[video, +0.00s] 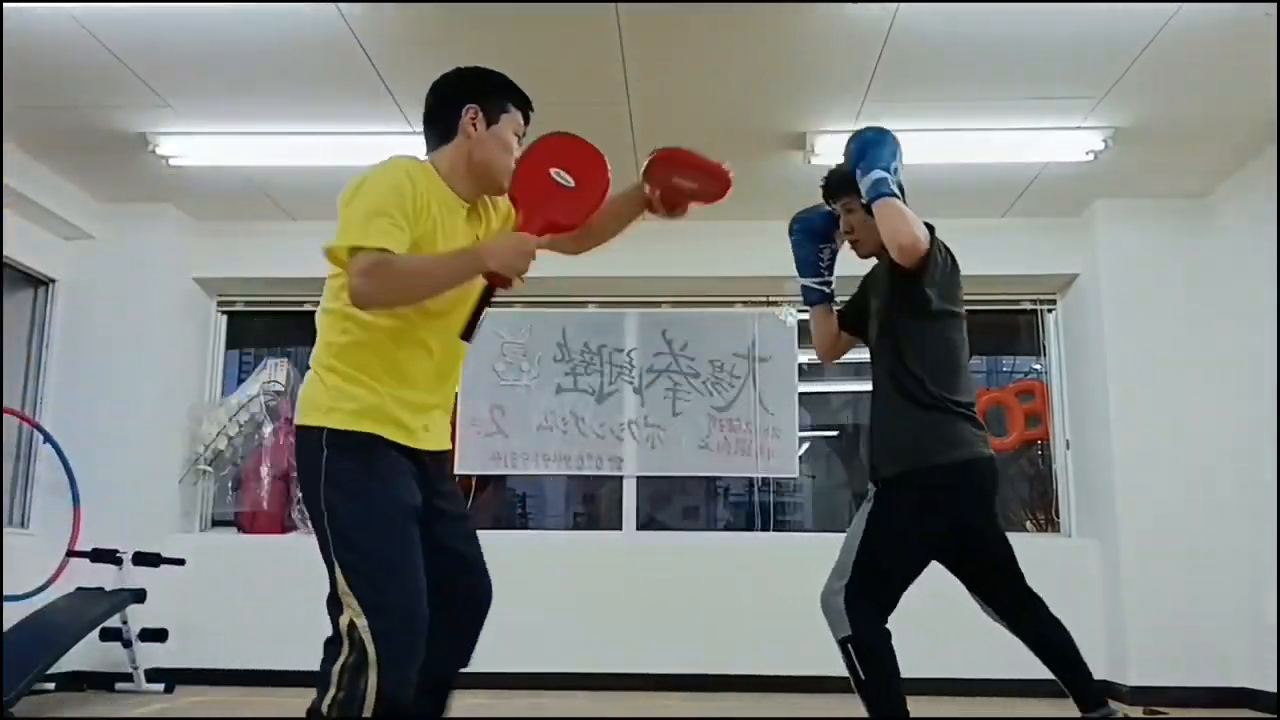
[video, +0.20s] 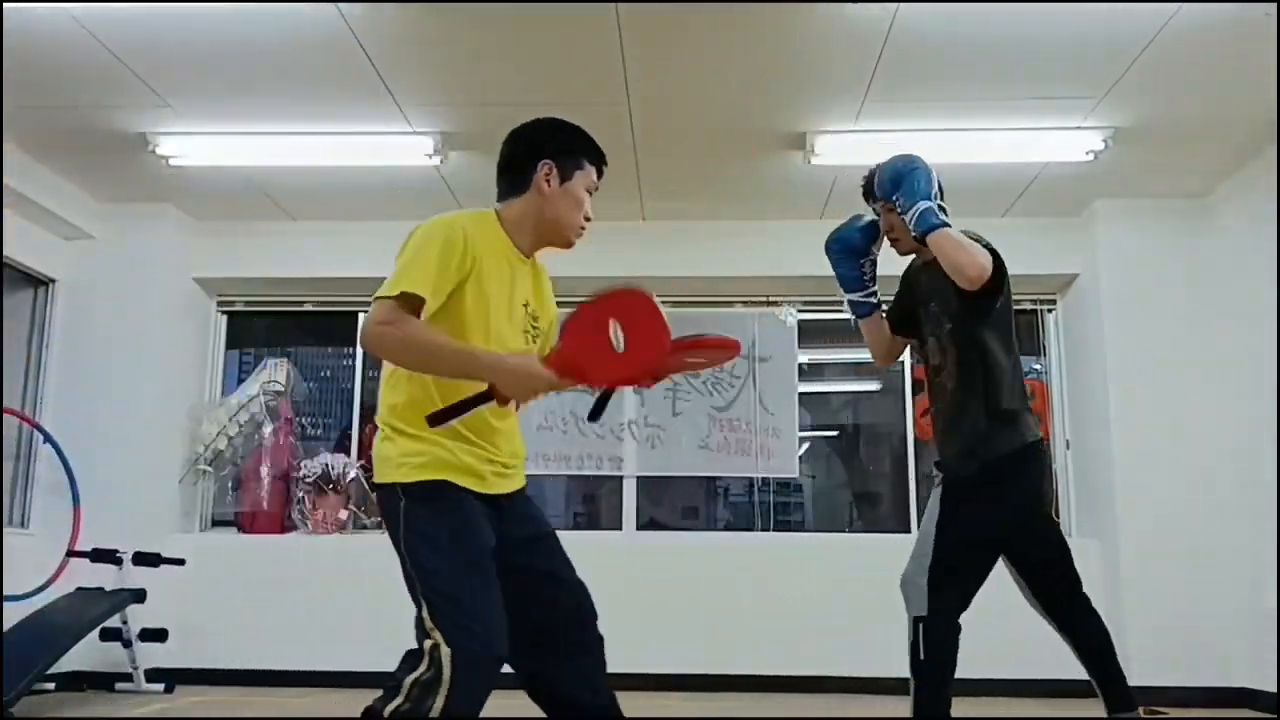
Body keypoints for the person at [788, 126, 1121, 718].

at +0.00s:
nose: (845, 227)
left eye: (851, 213)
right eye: (840, 217)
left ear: (878, 209)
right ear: (847, 222)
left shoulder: (923, 254)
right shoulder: (877, 283)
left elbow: (905, 245)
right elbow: (828, 346)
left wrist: (879, 181)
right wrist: (814, 275)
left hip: (935, 471)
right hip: (939, 472)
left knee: (853, 606)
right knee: (1011, 600)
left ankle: (890, 715)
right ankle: (1097, 707)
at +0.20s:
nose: (882, 223)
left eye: (886, 210)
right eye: (878, 212)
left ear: (912, 206)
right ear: (885, 217)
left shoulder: (968, 251)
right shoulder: (916, 278)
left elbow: (975, 276)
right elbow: (885, 353)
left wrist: (927, 217)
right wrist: (859, 287)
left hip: (1006, 459)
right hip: (968, 463)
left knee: (931, 598)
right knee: (1059, 595)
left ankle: (930, 714)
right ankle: (1124, 708)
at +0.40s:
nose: (913, 249)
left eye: (918, 235)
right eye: (909, 239)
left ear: (946, 232)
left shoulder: (991, 271)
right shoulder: (950, 304)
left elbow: (977, 278)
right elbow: (911, 373)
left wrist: (936, 224)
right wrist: (886, 304)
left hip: (1009, 479)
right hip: (1026, 477)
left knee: (927, 604)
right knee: (1062, 609)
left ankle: (946, 715)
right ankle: (1143, 712)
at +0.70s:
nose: (960, 245)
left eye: (968, 232)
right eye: (952, 237)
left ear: (1001, 227)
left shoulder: (1040, 271)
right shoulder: (987, 294)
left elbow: (1047, 324)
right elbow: (961, 377)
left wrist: (984, 268)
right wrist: (933, 317)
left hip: (1052, 478)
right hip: (1047, 475)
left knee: (1008, 611)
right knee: (1096, 615)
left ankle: (1001, 715)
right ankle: (1159, 714)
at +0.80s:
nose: (963, 256)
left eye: (971, 243)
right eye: (958, 247)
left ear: (1007, 242)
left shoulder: (1056, 293)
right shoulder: (992, 311)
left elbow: (1041, 360)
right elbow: (959, 388)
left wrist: (978, 298)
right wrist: (929, 321)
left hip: (1066, 487)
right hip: (1046, 486)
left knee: (989, 598)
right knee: (1089, 622)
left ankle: (994, 717)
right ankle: (1159, 715)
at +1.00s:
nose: (940, 232)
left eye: (949, 217)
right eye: (936, 222)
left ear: (990, 216)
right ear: (989, 221)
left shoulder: (1000, 262)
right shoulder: (1023, 271)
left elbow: (924, 267)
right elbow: (974, 380)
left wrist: (844, 208)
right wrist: (935, 325)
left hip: (1020, 473)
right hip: (1067, 471)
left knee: (969, 606)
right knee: (1073, 596)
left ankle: (983, 714)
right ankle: (1142, 710)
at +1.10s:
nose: (935, 228)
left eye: (945, 213)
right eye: (930, 218)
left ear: (984, 206)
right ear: (988, 213)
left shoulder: (996, 252)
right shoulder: (1019, 252)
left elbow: (914, 259)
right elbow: (996, 348)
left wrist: (829, 206)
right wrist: (941, 315)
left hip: (1022, 462)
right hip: (1059, 460)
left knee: (975, 606)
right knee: (1064, 594)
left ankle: (989, 714)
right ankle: (1140, 709)